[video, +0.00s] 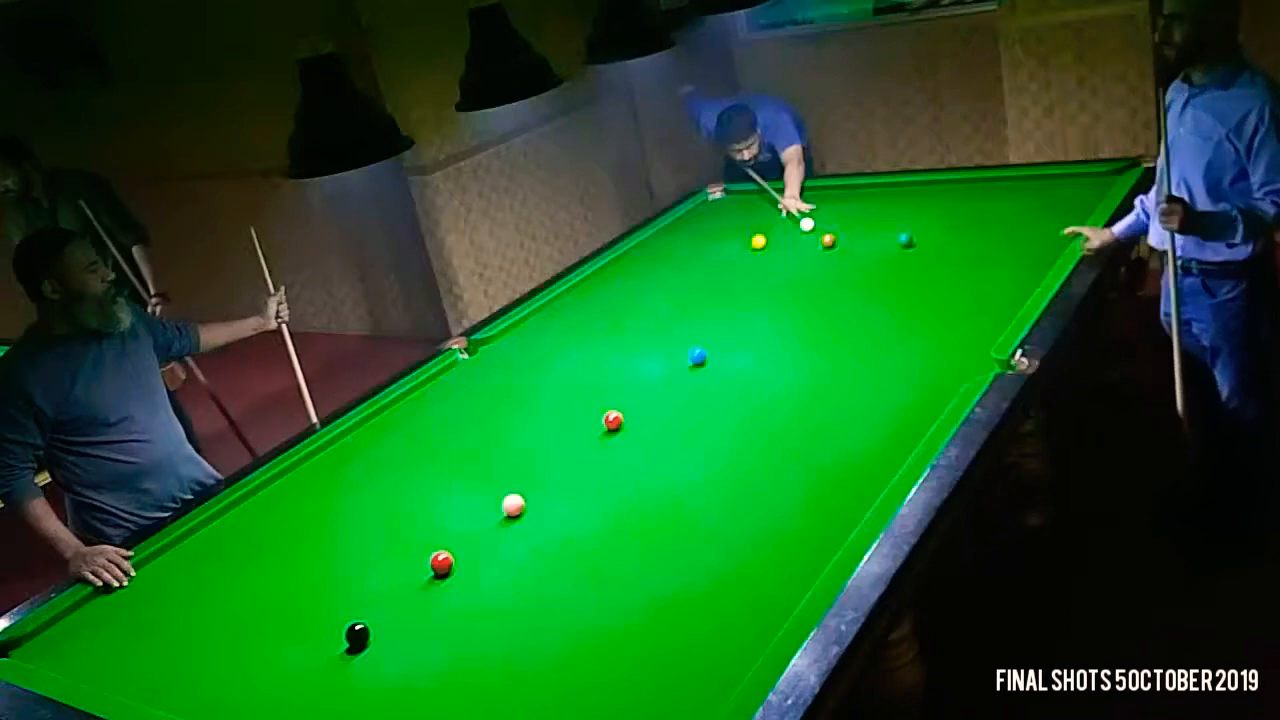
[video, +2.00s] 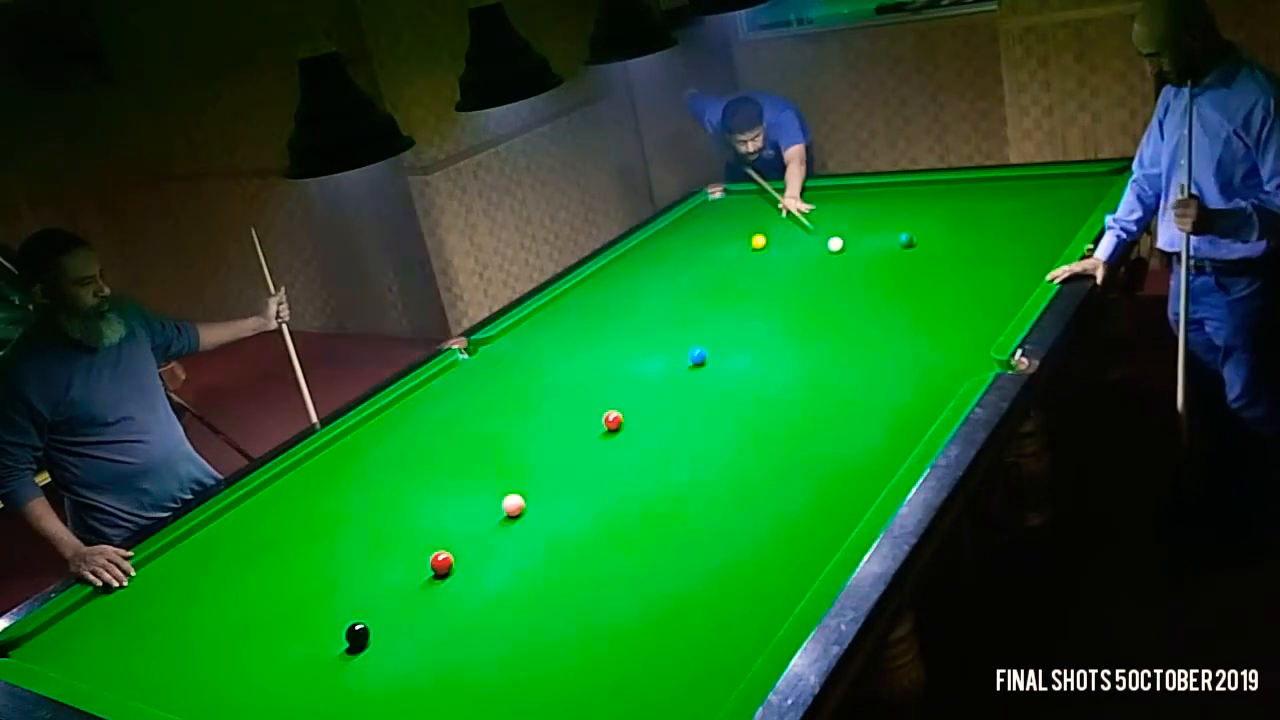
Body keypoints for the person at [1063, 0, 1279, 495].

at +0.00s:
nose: (1161, 34)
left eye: (1175, 20)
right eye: (1159, 21)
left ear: (1215, 24)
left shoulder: (1258, 102)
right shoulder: (1179, 94)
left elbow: (1270, 215)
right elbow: (1167, 185)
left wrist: (1198, 221)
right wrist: (1114, 233)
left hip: (1230, 285)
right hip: (1177, 279)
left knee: (1239, 414)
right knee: (1193, 409)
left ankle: (1244, 524)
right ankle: (1198, 514)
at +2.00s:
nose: (1152, 69)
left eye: (1158, 55)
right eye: (1145, 57)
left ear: (1193, 39)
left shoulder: (1260, 99)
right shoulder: (1173, 97)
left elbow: (1277, 210)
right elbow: (1145, 180)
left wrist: (1214, 219)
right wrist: (1104, 253)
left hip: (1243, 284)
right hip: (1185, 278)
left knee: (1248, 409)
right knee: (1199, 407)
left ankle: (1257, 523)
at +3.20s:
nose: (1153, 151)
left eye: (1162, 141)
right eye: (1145, 139)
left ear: (1194, 120)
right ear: (1139, 120)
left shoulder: (1252, 158)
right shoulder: (1136, 149)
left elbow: (1273, 258)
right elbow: (1112, 229)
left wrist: (1223, 309)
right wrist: (1102, 308)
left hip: (1238, 312)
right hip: (1176, 303)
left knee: (1224, 431)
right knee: (1166, 422)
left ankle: (1234, 544)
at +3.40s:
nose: (1151, 222)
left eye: (1157, 212)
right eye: (1140, 214)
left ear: (1185, 190)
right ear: (1128, 190)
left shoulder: (1257, 189)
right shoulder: (1126, 200)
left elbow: (1278, 282)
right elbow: (1101, 279)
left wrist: (1238, 332)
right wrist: (1089, 362)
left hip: (1255, 319)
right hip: (1192, 310)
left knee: (1231, 443)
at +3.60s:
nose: (1132, 270)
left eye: (1142, 259)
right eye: (1125, 257)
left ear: (1172, 241)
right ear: (1117, 234)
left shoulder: (1247, 221)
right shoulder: (1127, 229)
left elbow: (1279, 303)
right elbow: (1095, 309)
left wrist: (1256, 344)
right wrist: (1068, 377)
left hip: (1263, 336)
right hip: (1203, 320)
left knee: (1238, 456)